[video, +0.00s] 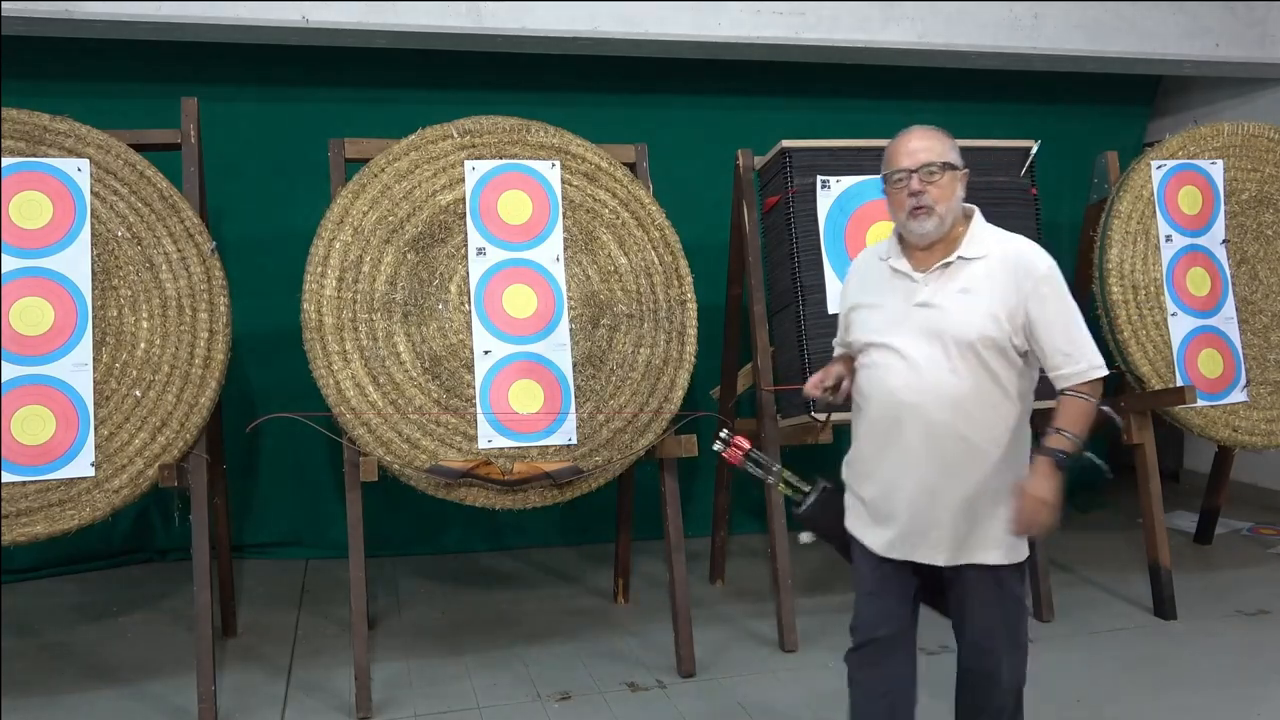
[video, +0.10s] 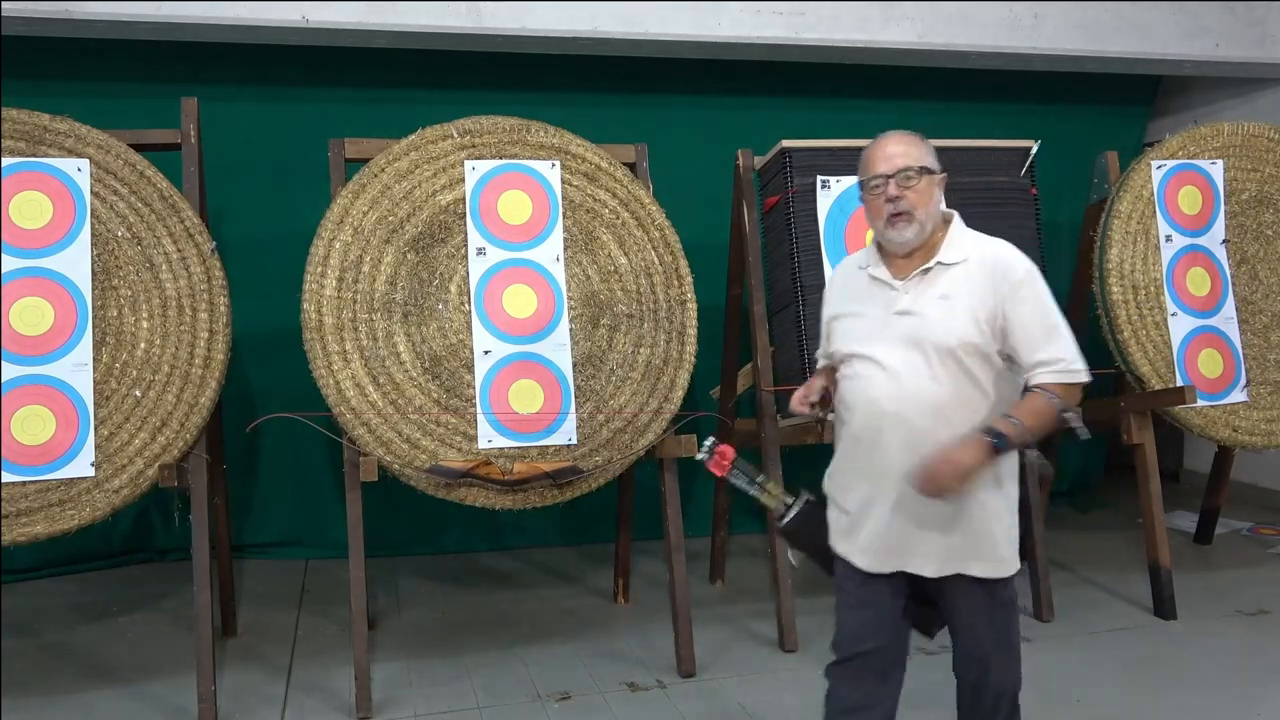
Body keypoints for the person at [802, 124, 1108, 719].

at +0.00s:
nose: (915, 188)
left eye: (931, 173)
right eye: (899, 178)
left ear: (961, 182)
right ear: (886, 195)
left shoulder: (1020, 264)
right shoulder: (867, 269)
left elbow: (1083, 378)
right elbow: (850, 353)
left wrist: (1049, 465)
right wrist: (838, 373)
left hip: (984, 524)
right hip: (881, 520)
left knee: (993, 683)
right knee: (875, 671)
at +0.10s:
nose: (892, 195)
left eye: (908, 179)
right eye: (876, 185)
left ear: (939, 186)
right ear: (864, 201)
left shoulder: (999, 267)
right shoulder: (845, 279)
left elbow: (1062, 379)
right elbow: (837, 364)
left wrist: (985, 443)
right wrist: (823, 382)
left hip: (971, 531)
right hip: (867, 528)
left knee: (990, 692)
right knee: (856, 688)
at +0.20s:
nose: (866, 200)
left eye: (881, 183)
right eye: (850, 191)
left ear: (913, 192)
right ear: (838, 210)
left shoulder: (972, 273)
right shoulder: (821, 290)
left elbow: (1019, 397)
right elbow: (813, 382)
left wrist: (908, 428)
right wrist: (797, 398)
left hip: (948, 539)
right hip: (843, 540)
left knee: (982, 701)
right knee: (841, 699)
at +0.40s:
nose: (781, 189)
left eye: (799, 172)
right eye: (772, 178)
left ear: (850, 177)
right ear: (766, 192)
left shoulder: (918, 261)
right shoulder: (763, 287)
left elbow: (952, 390)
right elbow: (738, 394)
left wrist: (825, 398)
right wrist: (733, 403)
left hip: (885, 545)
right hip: (782, 545)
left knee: (904, 692)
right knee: (790, 705)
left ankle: (954, 714)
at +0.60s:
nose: (713, 194)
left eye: (728, 177)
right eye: (714, 179)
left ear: (784, 175)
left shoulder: (873, 260)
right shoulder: (724, 282)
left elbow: (914, 399)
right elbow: (713, 388)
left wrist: (790, 405)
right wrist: (687, 404)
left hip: (826, 566)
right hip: (734, 562)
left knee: (796, 706)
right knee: (759, 705)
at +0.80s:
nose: (682, 183)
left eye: (704, 167)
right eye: (677, 171)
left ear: (759, 178)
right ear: (673, 184)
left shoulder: (825, 270)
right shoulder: (698, 270)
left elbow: (879, 418)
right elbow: (694, 374)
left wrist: (764, 439)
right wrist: (640, 420)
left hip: (767, 588)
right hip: (701, 577)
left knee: (725, 710)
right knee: (768, 707)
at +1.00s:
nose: (662, 192)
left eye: (688, 175)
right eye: (649, 175)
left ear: (732, 188)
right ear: (634, 184)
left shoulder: (778, 297)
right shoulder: (640, 272)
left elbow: (827, 459)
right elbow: (660, 395)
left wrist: (715, 459)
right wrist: (587, 444)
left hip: (707, 609)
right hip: (640, 591)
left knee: (669, 710)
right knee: (723, 705)